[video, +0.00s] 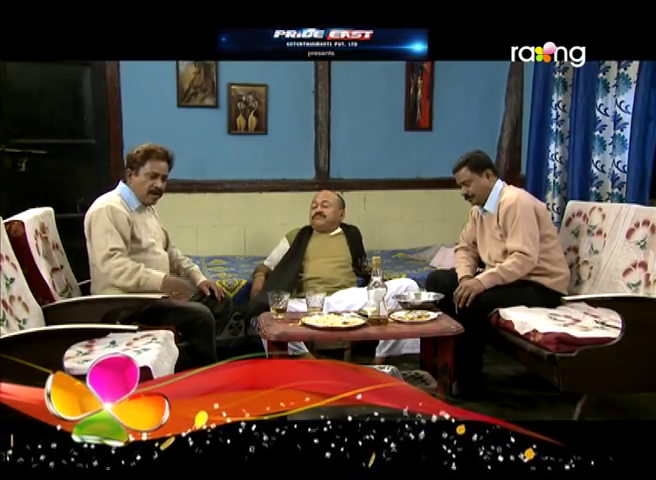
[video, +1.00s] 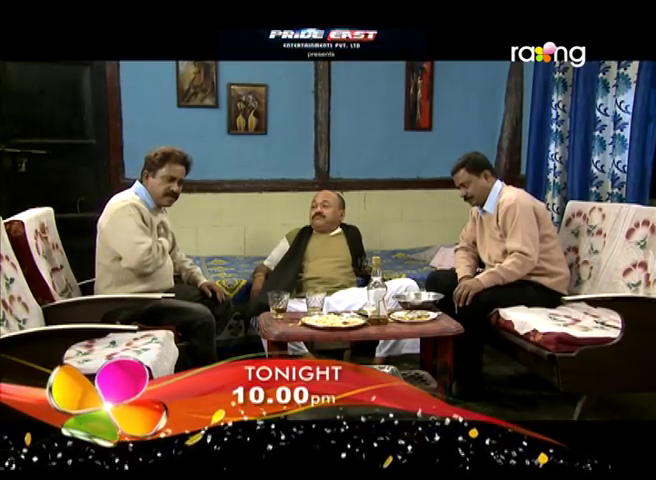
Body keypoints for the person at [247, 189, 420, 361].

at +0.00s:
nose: (318, 210)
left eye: (325, 206)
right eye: (314, 206)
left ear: (341, 213)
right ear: (309, 211)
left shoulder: (351, 233)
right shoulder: (297, 236)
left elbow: (362, 268)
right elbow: (265, 267)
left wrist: (379, 281)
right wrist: (256, 300)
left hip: (350, 298)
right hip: (309, 300)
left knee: (406, 285)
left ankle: (381, 363)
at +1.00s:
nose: (317, 210)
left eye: (325, 206)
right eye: (314, 206)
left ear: (341, 213)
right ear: (309, 211)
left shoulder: (351, 233)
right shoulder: (297, 236)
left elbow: (362, 268)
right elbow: (265, 267)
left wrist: (378, 282)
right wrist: (256, 296)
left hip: (351, 297)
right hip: (311, 300)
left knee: (407, 286)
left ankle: (381, 362)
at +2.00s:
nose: (317, 210)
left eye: (325, 206)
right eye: (314, 206)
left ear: (341, 213)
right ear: (309, 211)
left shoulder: (351, 233)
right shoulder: (297, 236)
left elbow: (362, 269)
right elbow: (265, 268)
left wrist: (378, 282)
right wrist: (256, 300)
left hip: (351, 297)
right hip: (311, 300)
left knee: (406, 285)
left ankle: (382, 362)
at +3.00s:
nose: (317, 210)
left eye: (325, 206)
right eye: (314, 206)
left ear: (340, 213)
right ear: (309, 211)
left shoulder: (351, 233)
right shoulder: (297, 236)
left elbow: (361, 269)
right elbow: (264, 269)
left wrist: (378, 280)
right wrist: (256, 301)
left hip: (351, 298)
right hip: (310, 300)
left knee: (406, 285)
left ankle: (382, 363)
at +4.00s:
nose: (317, 211)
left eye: (325, 206)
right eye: (313, 206)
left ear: (340, 213)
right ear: (308, 211)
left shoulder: (351, 233)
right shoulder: (298, 236)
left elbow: (361, 269)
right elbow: (264, 269)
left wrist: (379, 282)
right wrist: (256, 303)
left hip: (349, 298)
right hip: (308, 300)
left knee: (406, 286)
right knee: (264, 316)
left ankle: (382, 363)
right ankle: (304, 364)